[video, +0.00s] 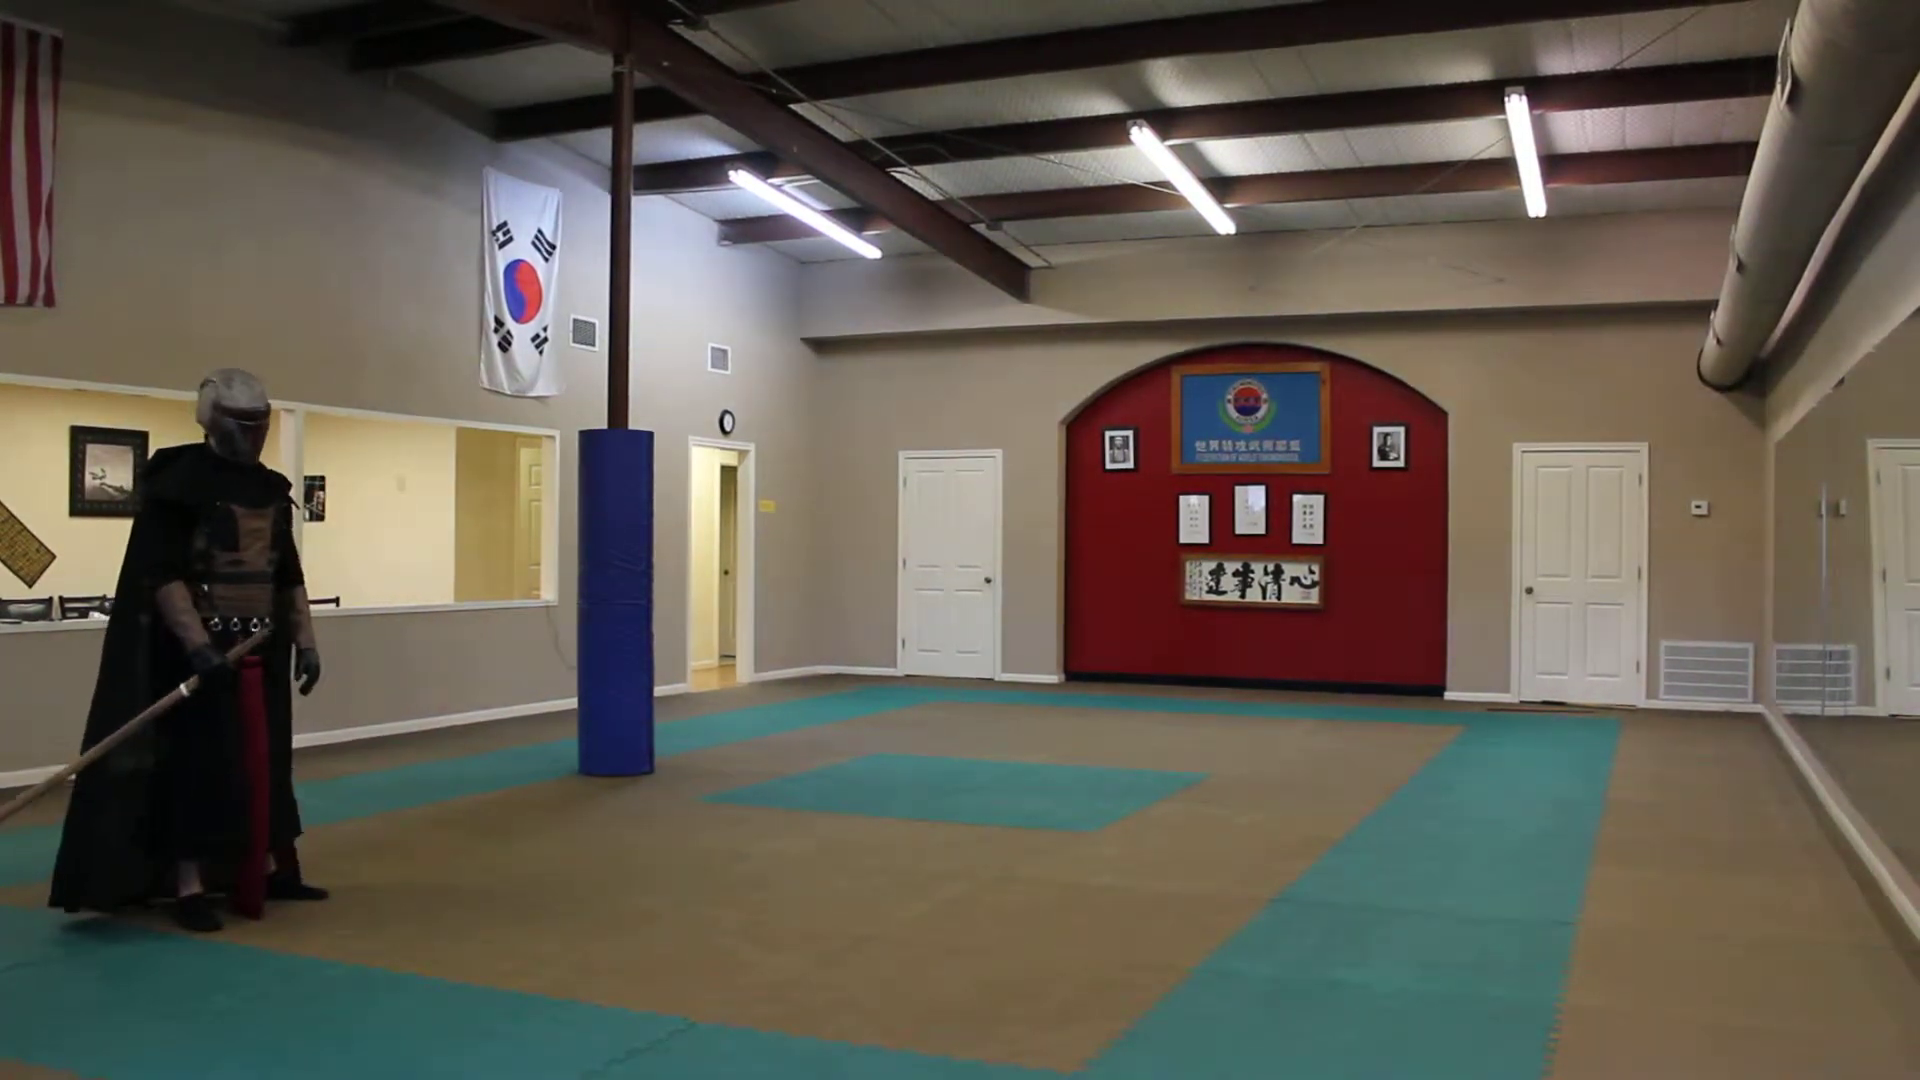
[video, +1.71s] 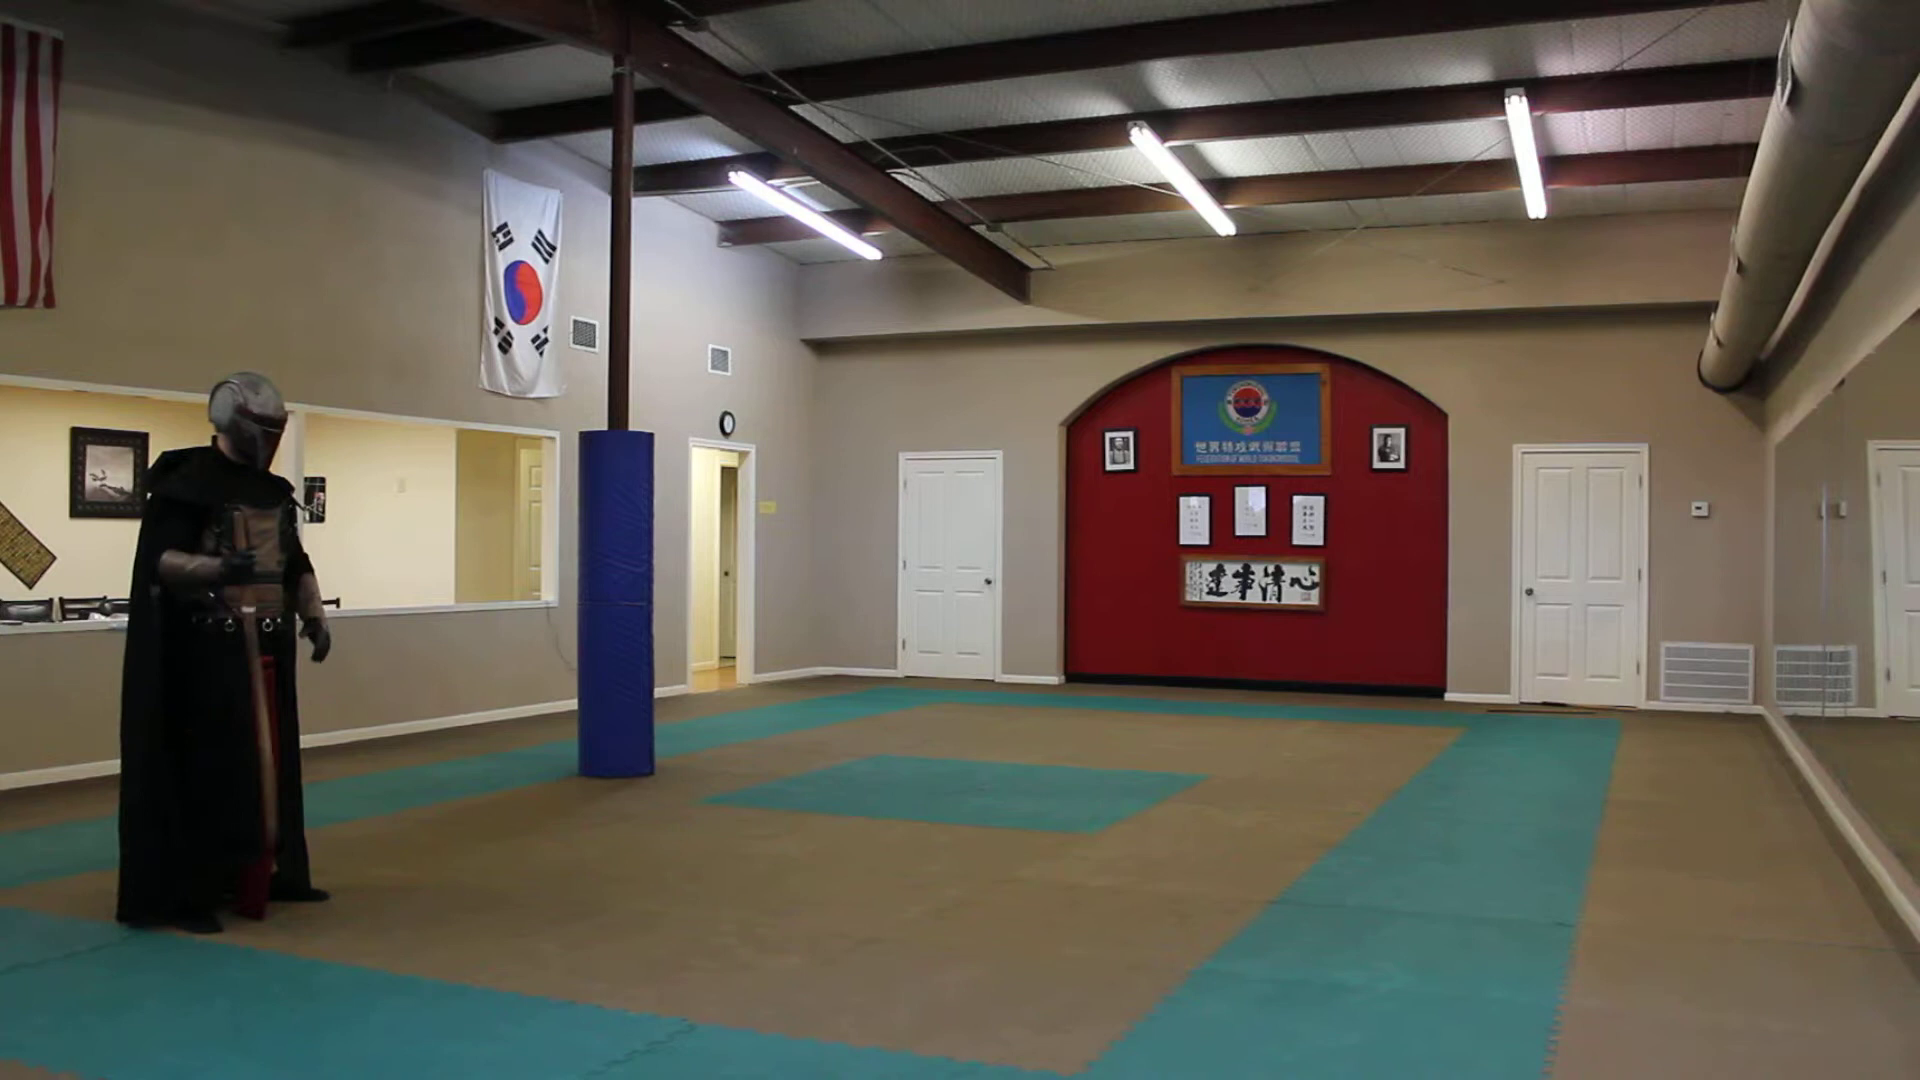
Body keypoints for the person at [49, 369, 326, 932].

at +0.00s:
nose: (251, 430)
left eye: (258, 420)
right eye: (238, 419)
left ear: (269, 421)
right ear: (209, 418)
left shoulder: (271, 489)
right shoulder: (175, 476)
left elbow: (289, 572)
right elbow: (160, 572)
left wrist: (305, 640)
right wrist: (198, 643)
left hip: (258, 651)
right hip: (191, 650)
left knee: (268, 759)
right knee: (192, 765)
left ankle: (275, 869)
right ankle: (189, 885)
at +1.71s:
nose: (276, 437)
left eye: (279, 427)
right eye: (268, 427)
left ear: (270, 427)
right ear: (232, 422)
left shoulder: (274, 493)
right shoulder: (185, 477)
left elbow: (295, 564)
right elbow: (158, 560)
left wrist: (315, 614)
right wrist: (219, 567)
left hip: (264, 652)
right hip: (198, 651)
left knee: (271, 762)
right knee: (199, 766)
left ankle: (273, 877)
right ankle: (187, 893)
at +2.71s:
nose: (278, 452)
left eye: (285, 441)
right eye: (270, 439)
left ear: (291, 440)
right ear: (239, 431)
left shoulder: (285, 494)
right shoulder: (203, 480)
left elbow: (310, 569)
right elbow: (203, 561)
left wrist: (331, 556)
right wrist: (248, 493)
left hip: (272, 647)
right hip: (212, 650)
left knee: (276, 764)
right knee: (200, 764)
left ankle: (275, 878)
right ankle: (184, 890)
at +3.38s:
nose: (279, 447)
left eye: (284, 437)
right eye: (271, 435)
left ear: (287, 437)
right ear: (242, 428)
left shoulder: (287, 491)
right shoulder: (199, 482)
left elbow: (306, 547)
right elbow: (208, 546)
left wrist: (324, 565)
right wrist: (219, 473)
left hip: (277, 650)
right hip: (214, 655)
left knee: (280, 766)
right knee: (209, 767)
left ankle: (276, 883)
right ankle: (193, 893)